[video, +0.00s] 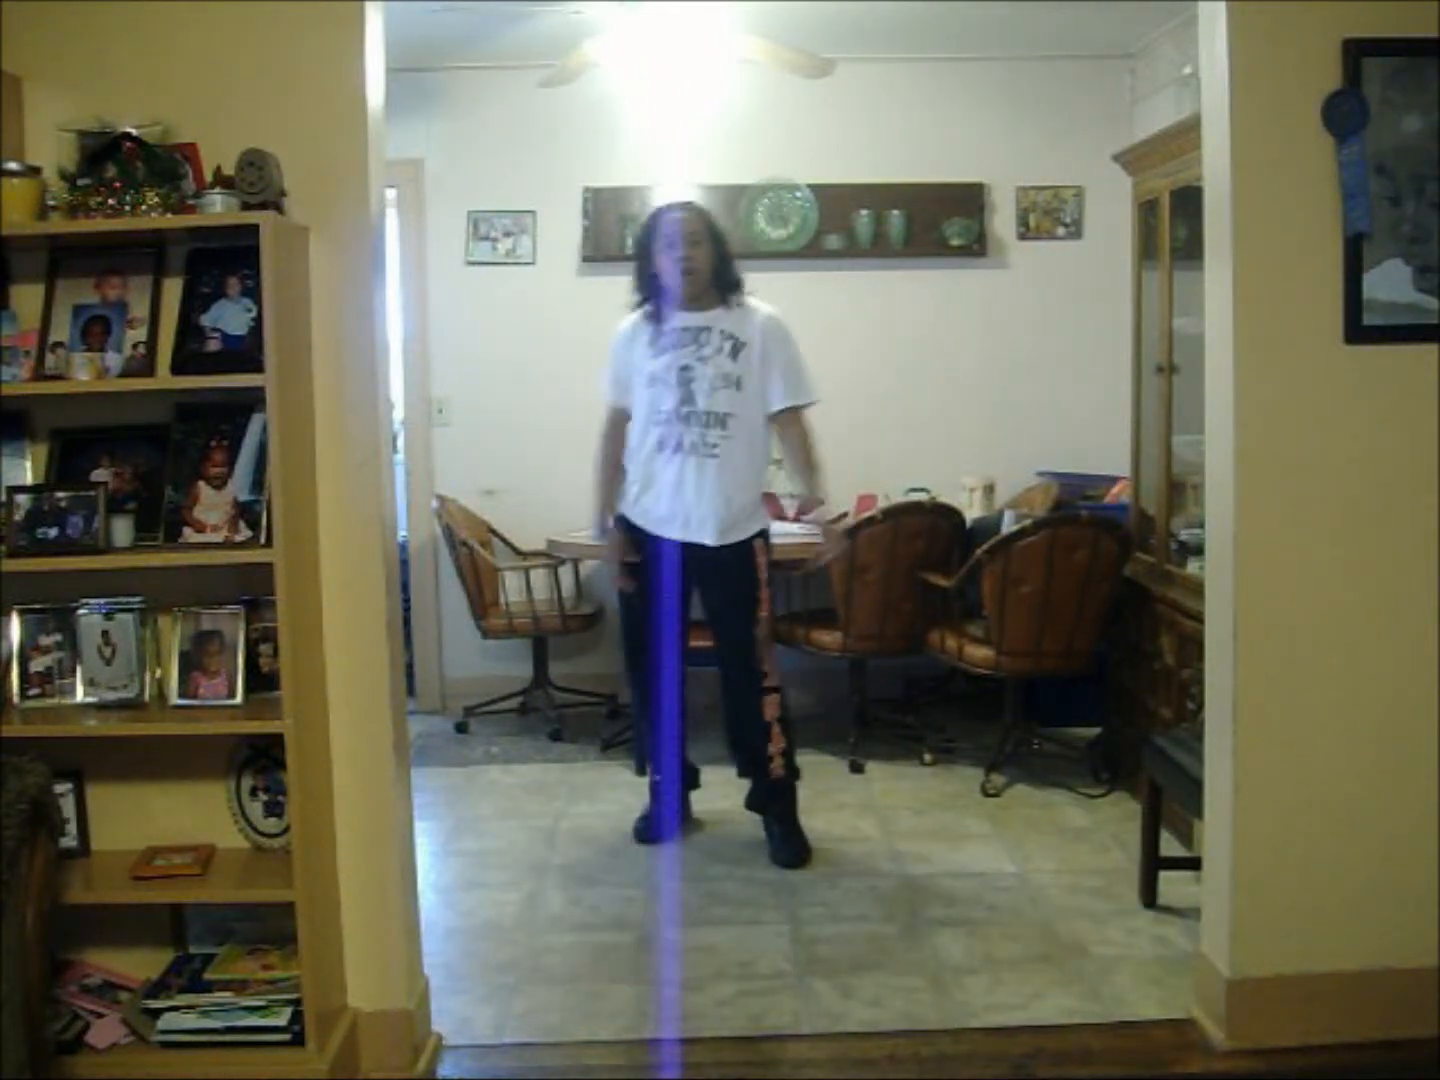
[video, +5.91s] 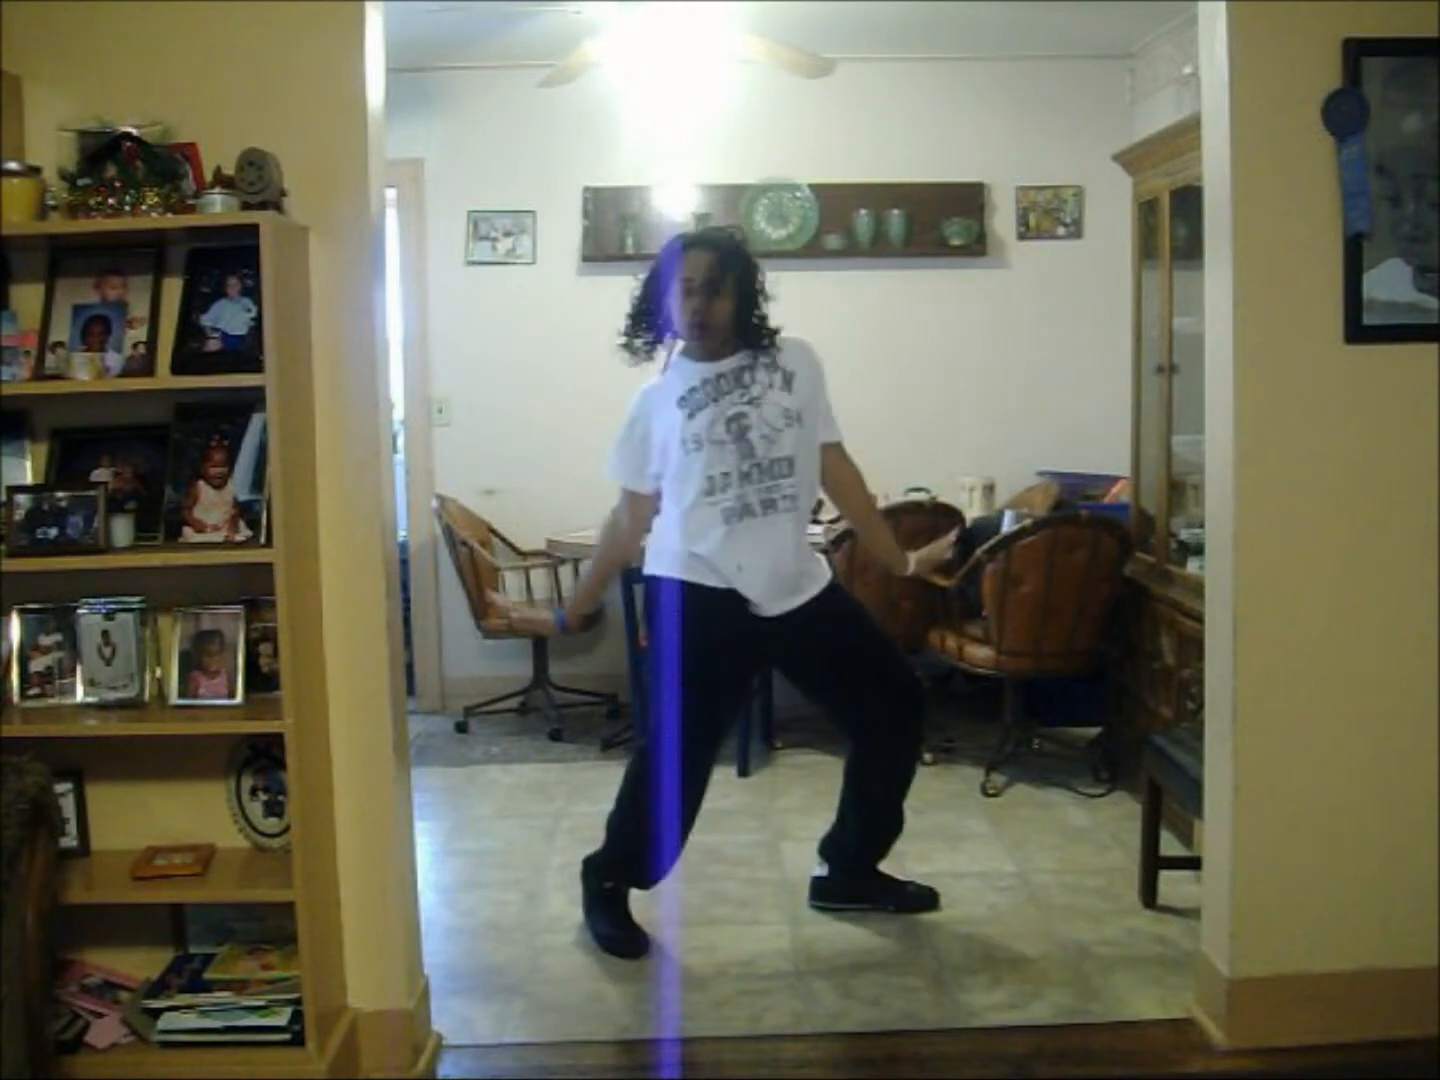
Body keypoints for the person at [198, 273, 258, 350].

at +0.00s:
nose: (233, 288)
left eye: (236, 285)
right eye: (230, 285)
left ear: (240, 287)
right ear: (225, 287)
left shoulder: (247, 303)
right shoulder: (221, 304)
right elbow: (205, 320)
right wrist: (210, 335)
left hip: (243, 338)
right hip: (224, 338)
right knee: (212, 340)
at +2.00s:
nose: (233, 289)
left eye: (235, 285)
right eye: (230, 286)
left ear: (240, 287)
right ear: (226, 288)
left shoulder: (247, 304)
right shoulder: (221, 304)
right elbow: (205, 320)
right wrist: (210, 335)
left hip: (244, 338)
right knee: (212, 342)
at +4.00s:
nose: (234, 289)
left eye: (236, 286)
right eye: (230, 287)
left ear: (240, 288)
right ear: (226, 289)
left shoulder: (247, 304)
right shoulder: (221, 304)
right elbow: (205, 320)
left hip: (244, 338)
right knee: (212, 341)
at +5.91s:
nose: (232, 288)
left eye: (235, 285)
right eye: (230, 285)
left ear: (240, 287)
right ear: (226, 287)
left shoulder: (246, 303)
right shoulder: (221, 303)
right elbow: (205, 320)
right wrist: (211, 335)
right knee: (211, 342)